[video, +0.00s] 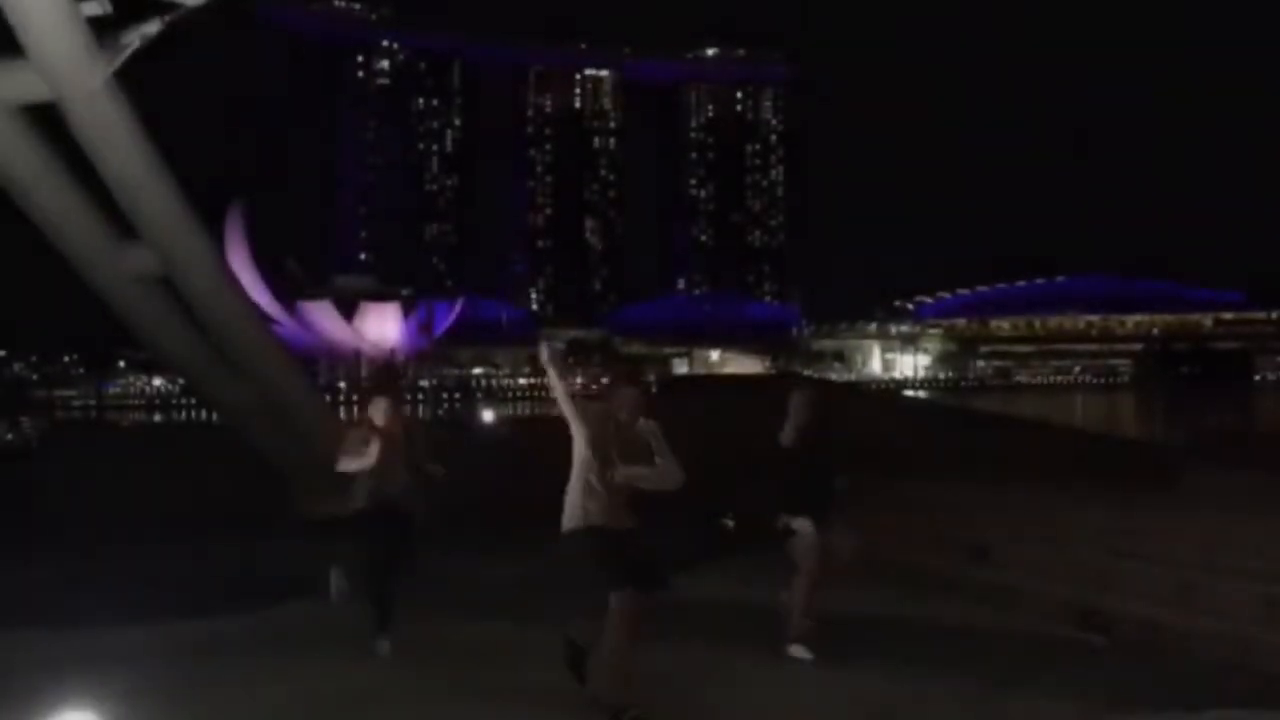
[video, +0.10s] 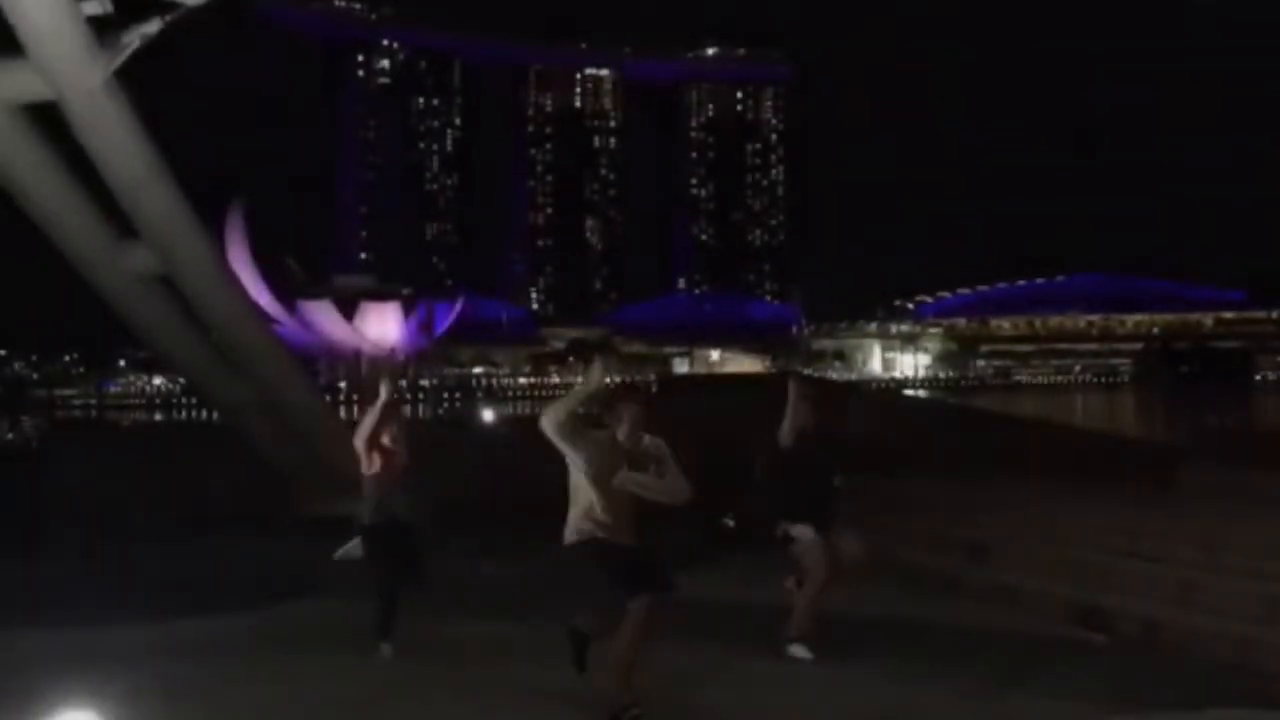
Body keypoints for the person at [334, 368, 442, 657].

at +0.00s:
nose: (382, 414)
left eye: (388, 408)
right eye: (377, 408)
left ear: (395, 409)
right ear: (368, 408)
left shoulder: (405, 434)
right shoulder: (359, 434)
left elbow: (418, 467)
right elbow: (344, 464)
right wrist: (370, 454)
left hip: (399, 508)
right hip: (367, 508)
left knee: (392, 570)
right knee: (375, 570)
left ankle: (386, 629)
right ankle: (381, 630)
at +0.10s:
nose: (393, 434)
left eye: (396, 429)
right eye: (388, 429)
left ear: (399, 432)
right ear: (378, 432)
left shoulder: (400, 458)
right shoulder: (371, 457)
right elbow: (362, 437)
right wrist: (381, 402)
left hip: (400, 523)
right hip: (376, 524)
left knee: (396, 583)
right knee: (385, 585)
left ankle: (388, 638)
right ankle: (383, 640)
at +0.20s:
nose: (400, 442)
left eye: (402, 436)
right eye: (395, 436)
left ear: (404, 440)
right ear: (386, 438)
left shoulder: (403, 464)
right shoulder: (378, 463)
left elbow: (402, 429)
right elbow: (380, 425)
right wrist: (390, 390)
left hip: (404, 526)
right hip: (380, 528)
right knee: (389, 586)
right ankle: (384, 638)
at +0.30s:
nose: (400, 424)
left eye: (404, 419)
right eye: (395, 418)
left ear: (408, 421)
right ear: (386, 421)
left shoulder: (411, 448)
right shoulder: (379, 447)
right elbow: (394, 440)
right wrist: (412, 415)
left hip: (410, 517)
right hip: (384, 518)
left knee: (408, 578)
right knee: (387, 580)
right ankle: (383, 635)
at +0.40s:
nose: (405, 413)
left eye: (409, 407)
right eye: (399, 408)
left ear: (416, 410)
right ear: (390, 411)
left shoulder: (424, 436)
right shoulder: (383, 436)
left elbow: (431, 467)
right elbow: (388, 468)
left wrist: (426, 488)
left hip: (418, 510)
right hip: (387, 510)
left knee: (425, 570)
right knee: (387, 572)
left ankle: (426, 627)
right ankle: (382, 633)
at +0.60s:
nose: (419, 422)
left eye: (423, 416)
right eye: (413, 416)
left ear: (430, 418)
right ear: (405, 420)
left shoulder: (438, 448)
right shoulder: (394, 447)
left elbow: (459, 480)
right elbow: (356, 461)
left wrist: (454, 446)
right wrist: (345, 502)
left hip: (427, 519)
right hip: (393, 520)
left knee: (428, 574)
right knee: (390, 574)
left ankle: (429, 627)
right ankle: (383, 632)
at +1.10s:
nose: (368, 430)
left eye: (371, 424)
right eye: (367, 425)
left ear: (388, 422)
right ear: (385, 424)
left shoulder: (410, 437)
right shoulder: (391, 448)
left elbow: (454, 435)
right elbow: (392, 482)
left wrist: (486, 459)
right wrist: (383, 492)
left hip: (431, 507)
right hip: (411, 508)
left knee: (392, 549)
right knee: (414, 559)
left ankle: (371, 603)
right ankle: (433, 613)